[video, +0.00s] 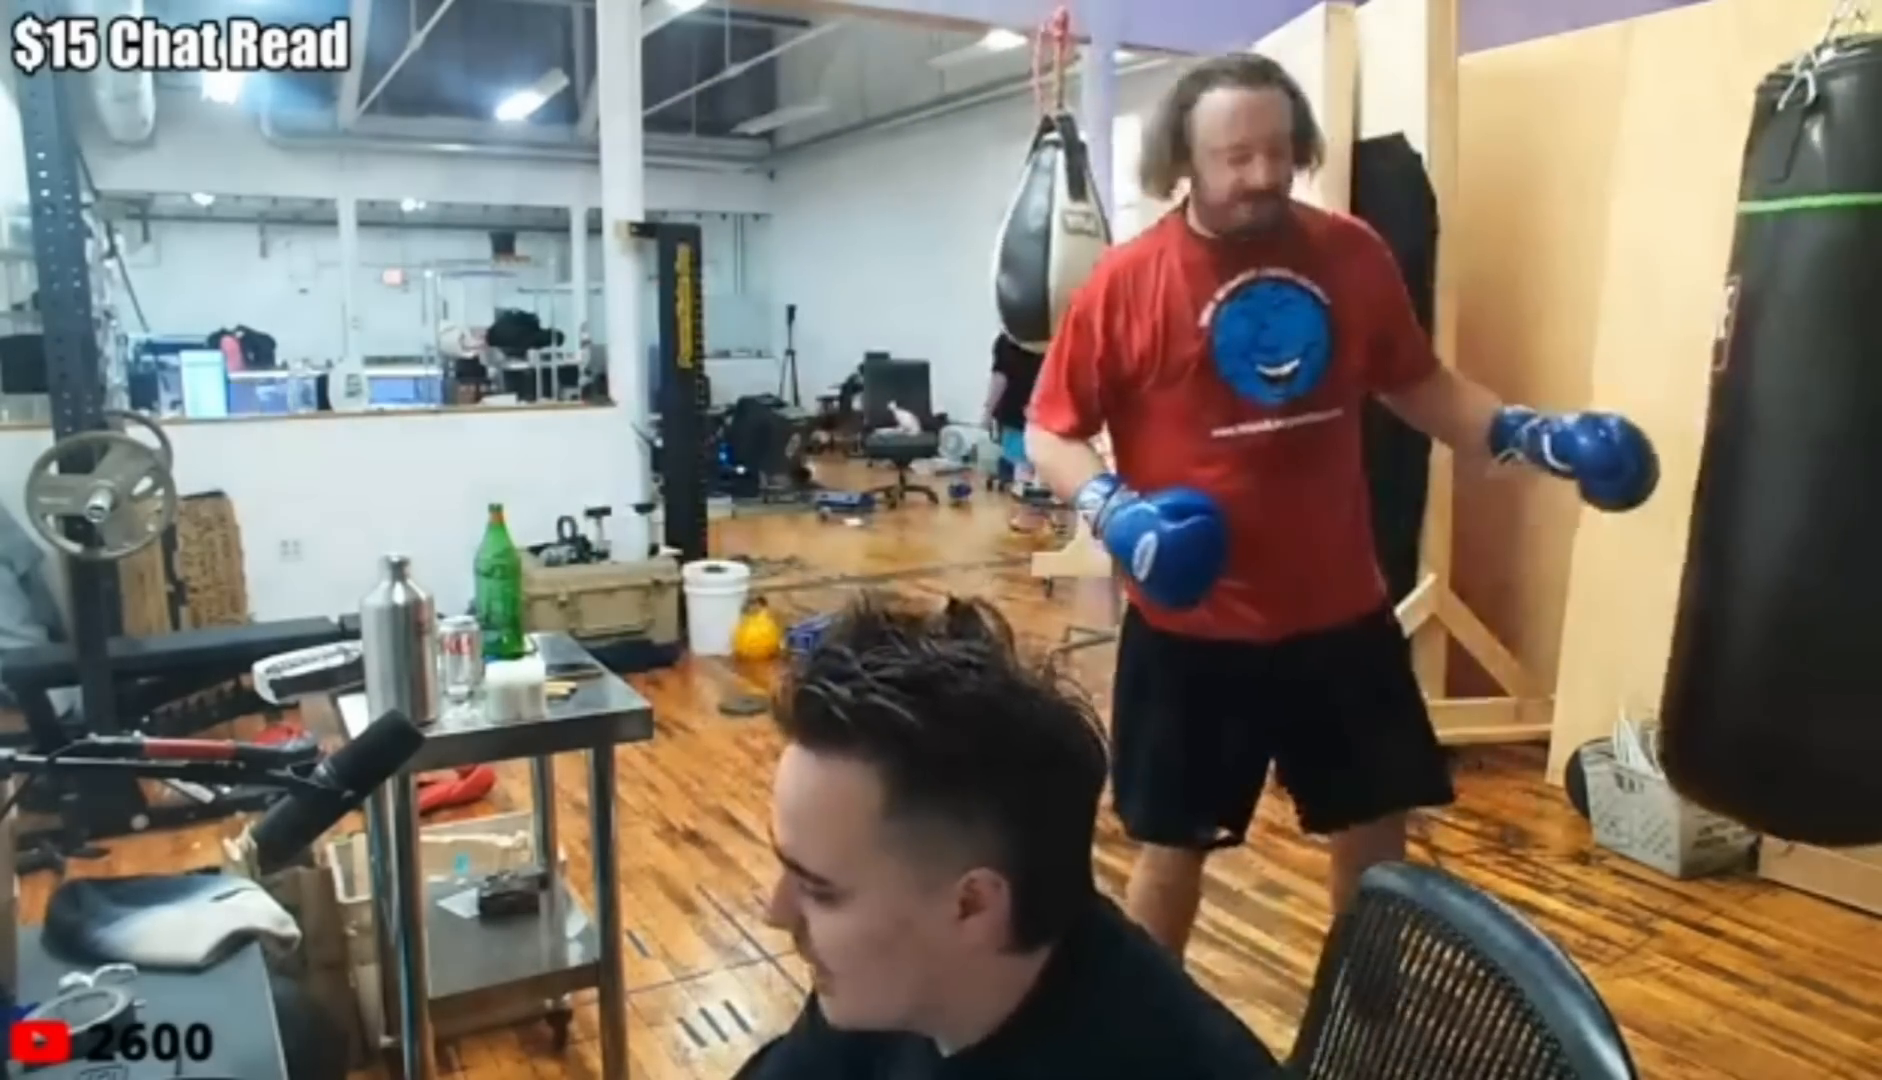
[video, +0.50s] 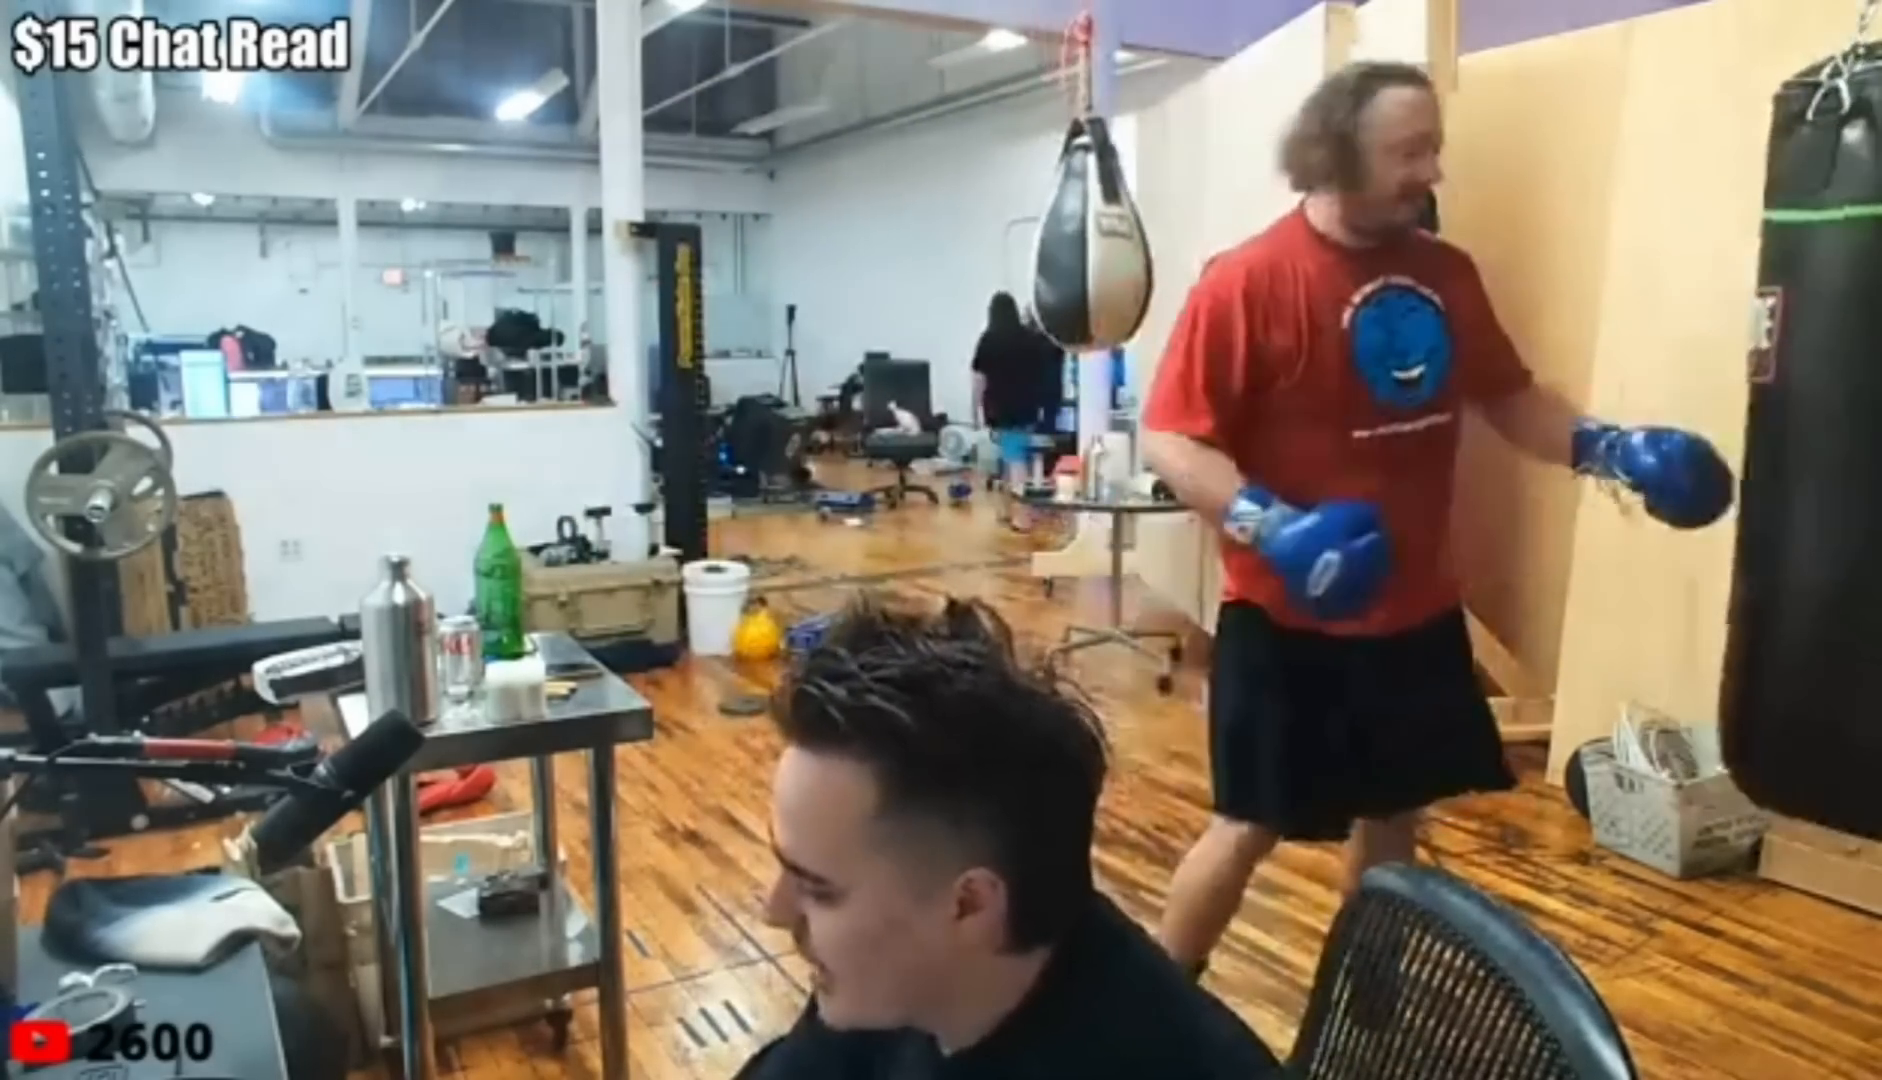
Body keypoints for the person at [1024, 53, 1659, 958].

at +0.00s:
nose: (1261, 176)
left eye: (1278, 153)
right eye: (1236, 156)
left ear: (1299, 154)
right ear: (1185, 162)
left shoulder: (1350, 255)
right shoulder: (1127, 282)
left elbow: (1422, 385)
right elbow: (1050, 431)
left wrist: (1538, 434)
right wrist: (1115, 512)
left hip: (1339, 620)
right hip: (1190, 630)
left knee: (1375, 842)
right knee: (1167, 863)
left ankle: (1377, 1044)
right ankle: (1139, 1054)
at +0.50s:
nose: (1432, 171)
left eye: (1436, 150)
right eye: (1410, 152)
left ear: (1436, 151)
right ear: (1336, 157)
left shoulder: (1445, 276)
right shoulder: (1245, 285)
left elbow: (1510, 401)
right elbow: (1171, 443)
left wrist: (1615, 450)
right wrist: (1272, 527)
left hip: (1413, 622)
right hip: (1283, 626)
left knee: (1392, 826)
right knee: (1247, 827)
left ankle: (1368, 1017)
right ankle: (1153, 1011)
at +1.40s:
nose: (1255, 148)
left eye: (1280, 126)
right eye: (1234, 127)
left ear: (1325, 141)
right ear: (1208, 142)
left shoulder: (1387, 263)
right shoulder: (1155, 274)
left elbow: (1428, 415)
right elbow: (1078, 412)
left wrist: (1482, 556)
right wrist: (1100, 530)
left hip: (1357, 627)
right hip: (1204, 632)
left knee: (1402, 829)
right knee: (1196, 850)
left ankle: (1369, 1038)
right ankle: (1177, 1042)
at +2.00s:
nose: (1257, 128)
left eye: (1280, 102)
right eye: (1233, 112)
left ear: (1331, 122)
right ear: (1208, 140)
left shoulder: (1394, 259)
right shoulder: (1167, 271)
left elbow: (1450, 414)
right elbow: (1060, 389)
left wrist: (1540, 543)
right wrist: (957, 422)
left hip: (1362, 645)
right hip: (1214, 650)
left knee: (1339, 877)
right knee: (1198, 890)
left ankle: (1321, 1057)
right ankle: (1113, 1056)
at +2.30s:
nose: (1157, 130)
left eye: (1178, 104)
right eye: (1133, 118)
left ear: (1234, 117)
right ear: (1111, 149)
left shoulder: (1312, 252)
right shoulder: (1085, 277)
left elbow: (1380, 402)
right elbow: (962, 373)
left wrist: (1480, 521)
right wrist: (834, 341)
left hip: (1317, 657)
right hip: (1158, 676)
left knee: (1320, 889)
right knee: (1109, 925)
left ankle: (1313, 1062)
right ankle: (1096, 1077)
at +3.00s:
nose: (1073, 107)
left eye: (1092, 81)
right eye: (1041, 88)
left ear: (1126, 97)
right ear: (995, 120)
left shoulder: (1179, 236)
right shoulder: (946, 265)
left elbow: (1237, 384)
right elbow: (831, 377)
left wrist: (1343, 500)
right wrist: (839, 437)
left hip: (1188, 630)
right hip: (1034, 658)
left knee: (1217, 844)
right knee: (1064, 889)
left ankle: (1194, 1004)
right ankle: (1064, 1036)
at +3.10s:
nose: (1134, 114)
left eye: (1150, 93)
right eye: (1104, 92)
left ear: (1167, 108)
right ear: (1038, 109)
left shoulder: (1187, 244)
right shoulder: (978, 262)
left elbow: (1232, 394)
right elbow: (869, 421)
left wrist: (1331, 500)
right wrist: (928, 512)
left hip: (1190, 638)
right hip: (1044, 663)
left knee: (1199, 850)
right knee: (1052, 894)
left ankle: (1178, 1022)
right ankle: (1048, 1042)